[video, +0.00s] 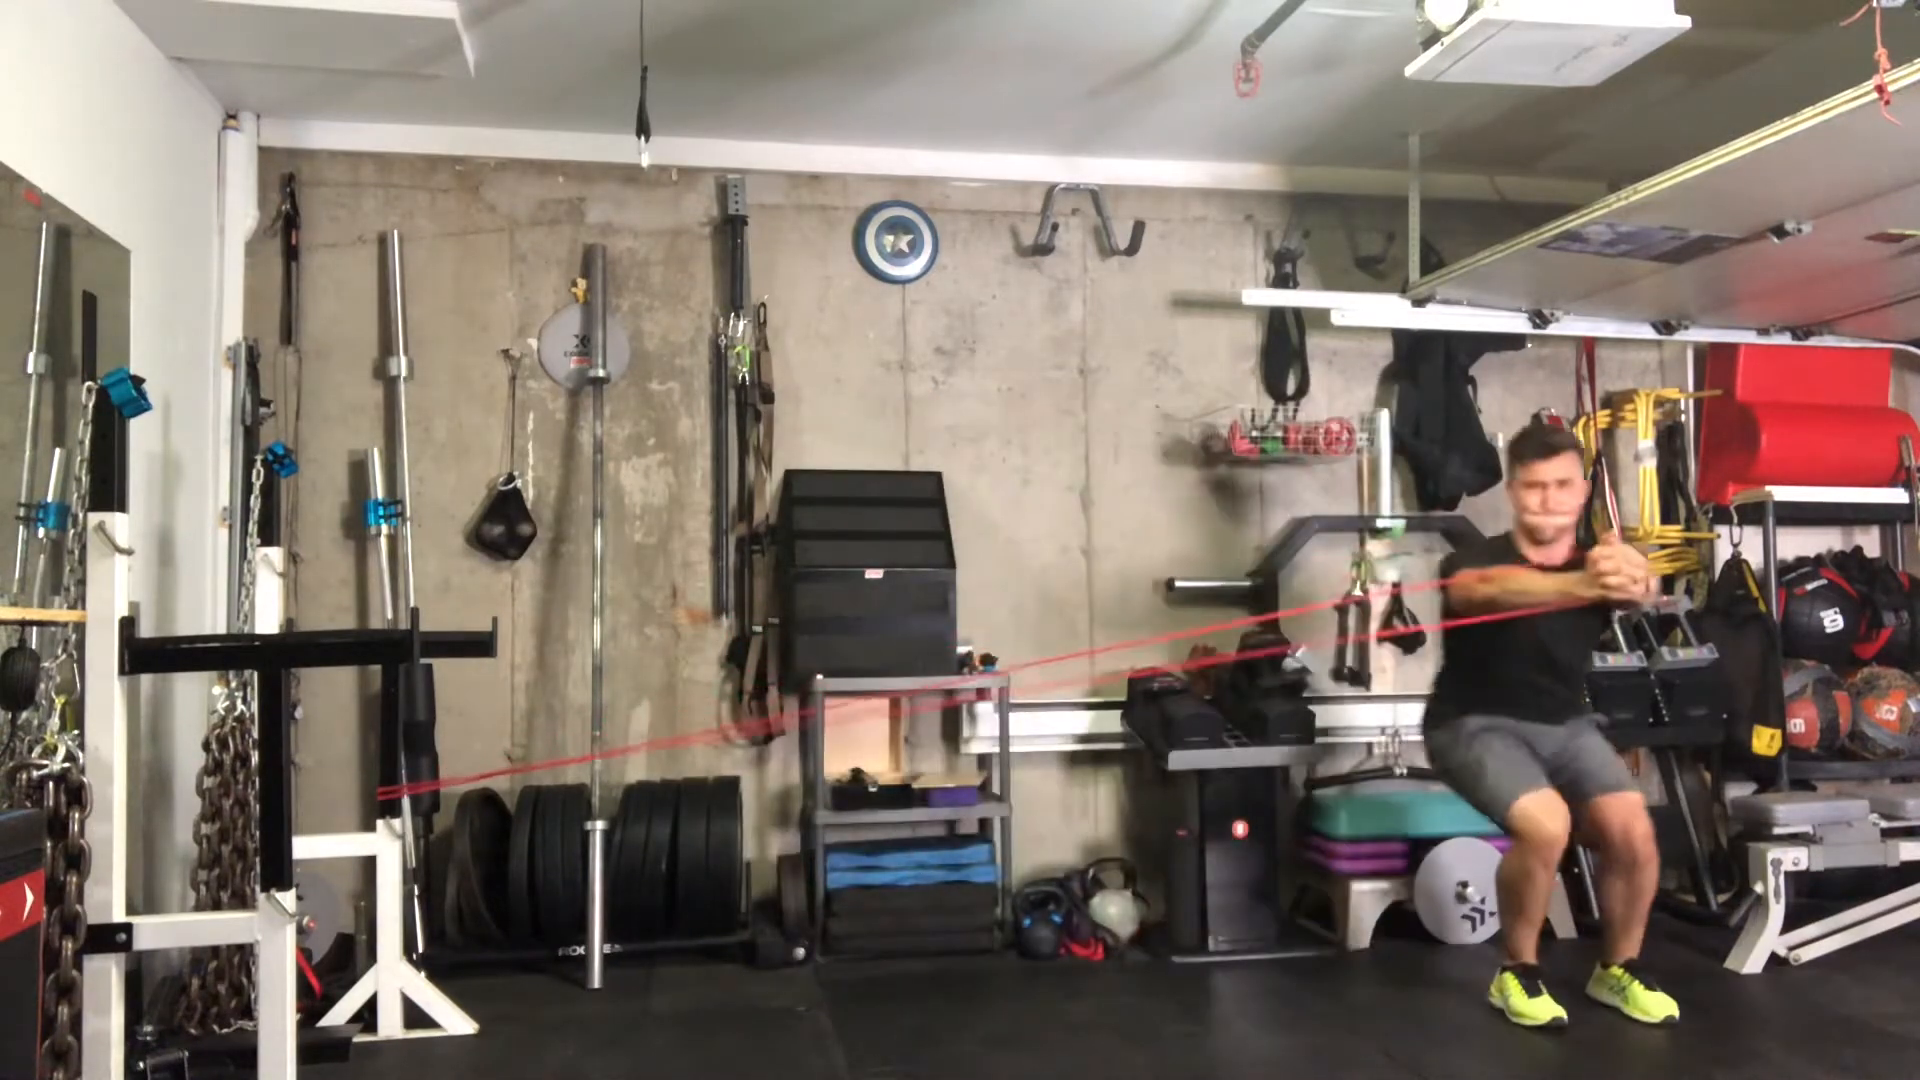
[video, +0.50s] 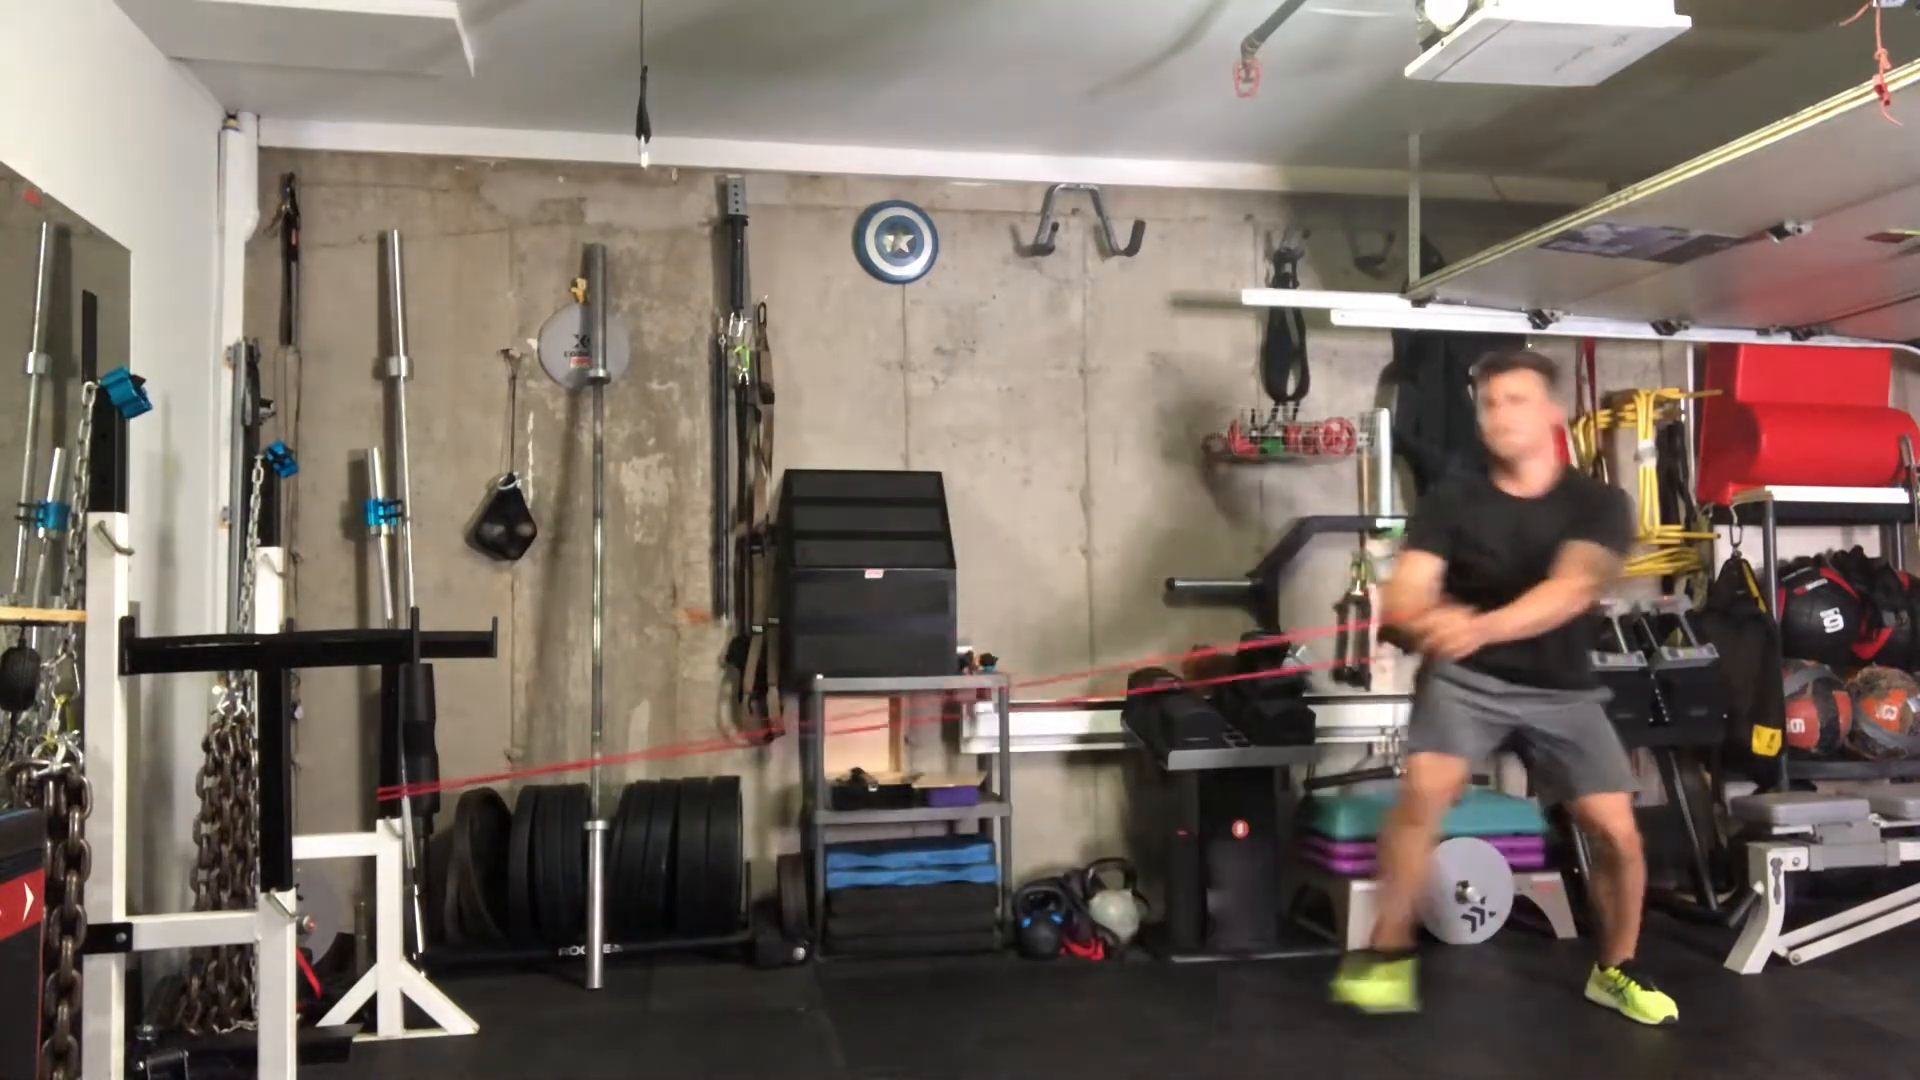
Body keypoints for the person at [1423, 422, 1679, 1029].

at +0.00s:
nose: (1548, 500)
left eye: (1563, 486)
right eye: (1533, 486)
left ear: (1583, 493)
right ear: (1510, 492)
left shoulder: (1599, 556)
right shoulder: (1475, 557)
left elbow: (1642, 583)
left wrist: (1637, 575)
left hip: (1568, 724)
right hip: (1477, 722)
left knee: (1631, 826)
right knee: (1545, 824)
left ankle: (1616, 971)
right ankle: (1519, 972)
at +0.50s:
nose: (1500, 415)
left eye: (1515, 401)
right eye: (1489, 404)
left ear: (1553, 414)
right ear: (1479, 419)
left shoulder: (1597, 503)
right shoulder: (1453, 498)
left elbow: (1572, 590)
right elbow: (1403, 600)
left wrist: (1482, 627)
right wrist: (1439, 623)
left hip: (1565, 696)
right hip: (1463, 687)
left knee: (1619, 836)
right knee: (1422, 797)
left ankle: (1614, 970)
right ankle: (1389, 954)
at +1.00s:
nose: (1213, 356)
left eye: (1228, 344)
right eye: (1215, 343)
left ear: (1276, 359)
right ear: (1239, 361)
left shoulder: (1307, 452)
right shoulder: (1212, 454)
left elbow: (1262, 568)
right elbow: (1173, 545)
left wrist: (1155, 605)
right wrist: (1124, 597)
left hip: (1299, 657)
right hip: (1231, 655)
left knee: (1277, 801)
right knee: (1226, 810)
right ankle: (1265, 974)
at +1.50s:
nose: (1007, 344)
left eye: (1026, 335)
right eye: (1012, 331)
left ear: (1071, 358)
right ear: (1037, 355)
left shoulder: (1078, 462)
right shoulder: (994, 456)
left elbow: (1080, 594)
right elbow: (974, 561)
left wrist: (963, 634)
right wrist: (934, 616)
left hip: (1044, 674)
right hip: (989, 669)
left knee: (957, 824)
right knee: (969, 826)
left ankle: (972, 1031)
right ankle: (1114, 911)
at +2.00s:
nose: (821, 351)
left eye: (838, 340)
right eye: (812, 339)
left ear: (869, 360)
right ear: (797, 356)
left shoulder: (903, 470)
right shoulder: (753, 463)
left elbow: (957, 578)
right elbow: (711, 572)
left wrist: (870, 614)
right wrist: (768, 614)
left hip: (858, 689)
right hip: (757, 685)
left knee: (873, 837)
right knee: (700, 831)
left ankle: (967, 1020)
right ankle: (667, 999)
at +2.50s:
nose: (762, 354)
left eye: (774, 340)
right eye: (746, 343)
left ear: (797, 355)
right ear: (725, 361)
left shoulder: (837, 455)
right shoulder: (694, 460)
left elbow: (867, 546)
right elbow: (689, 581)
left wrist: (871, 582)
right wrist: (809, 596)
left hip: (805, 676)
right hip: (712, 672)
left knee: (807, 827)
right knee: (673, 824)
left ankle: (803, 982)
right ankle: (665, 995)